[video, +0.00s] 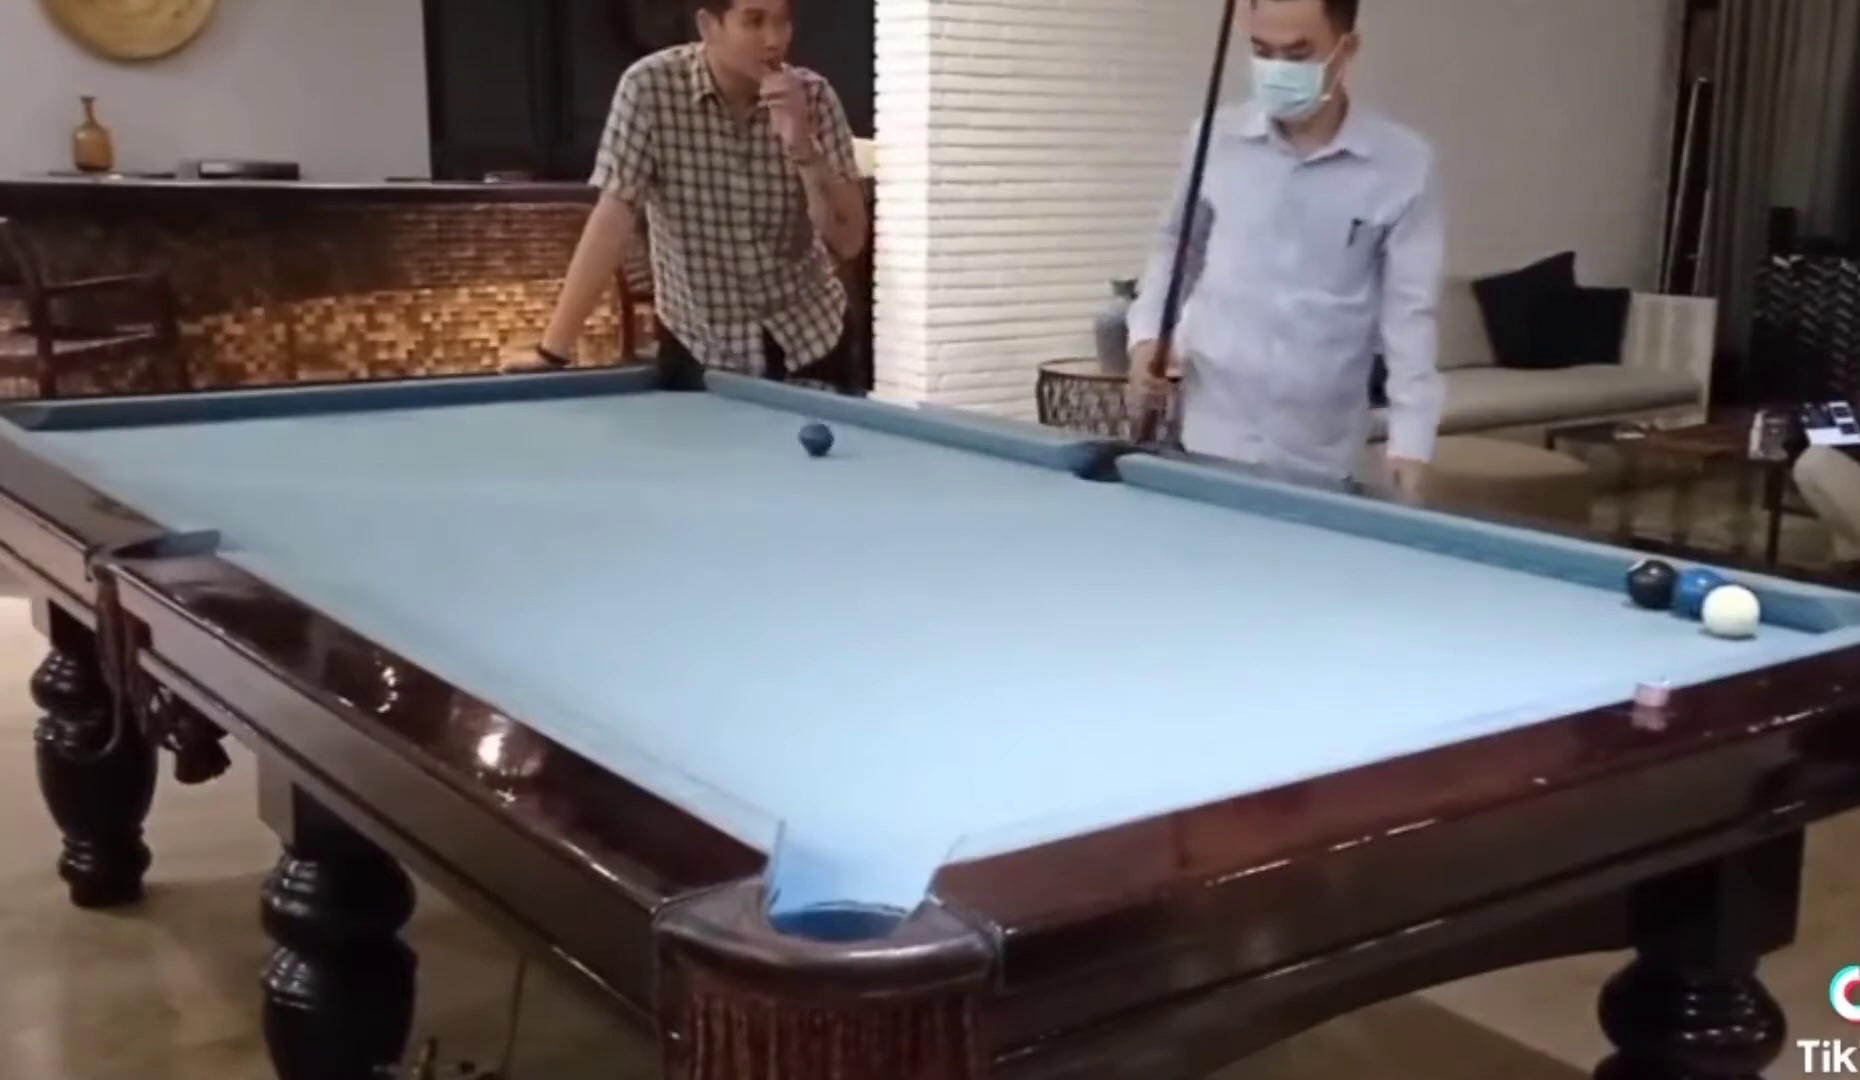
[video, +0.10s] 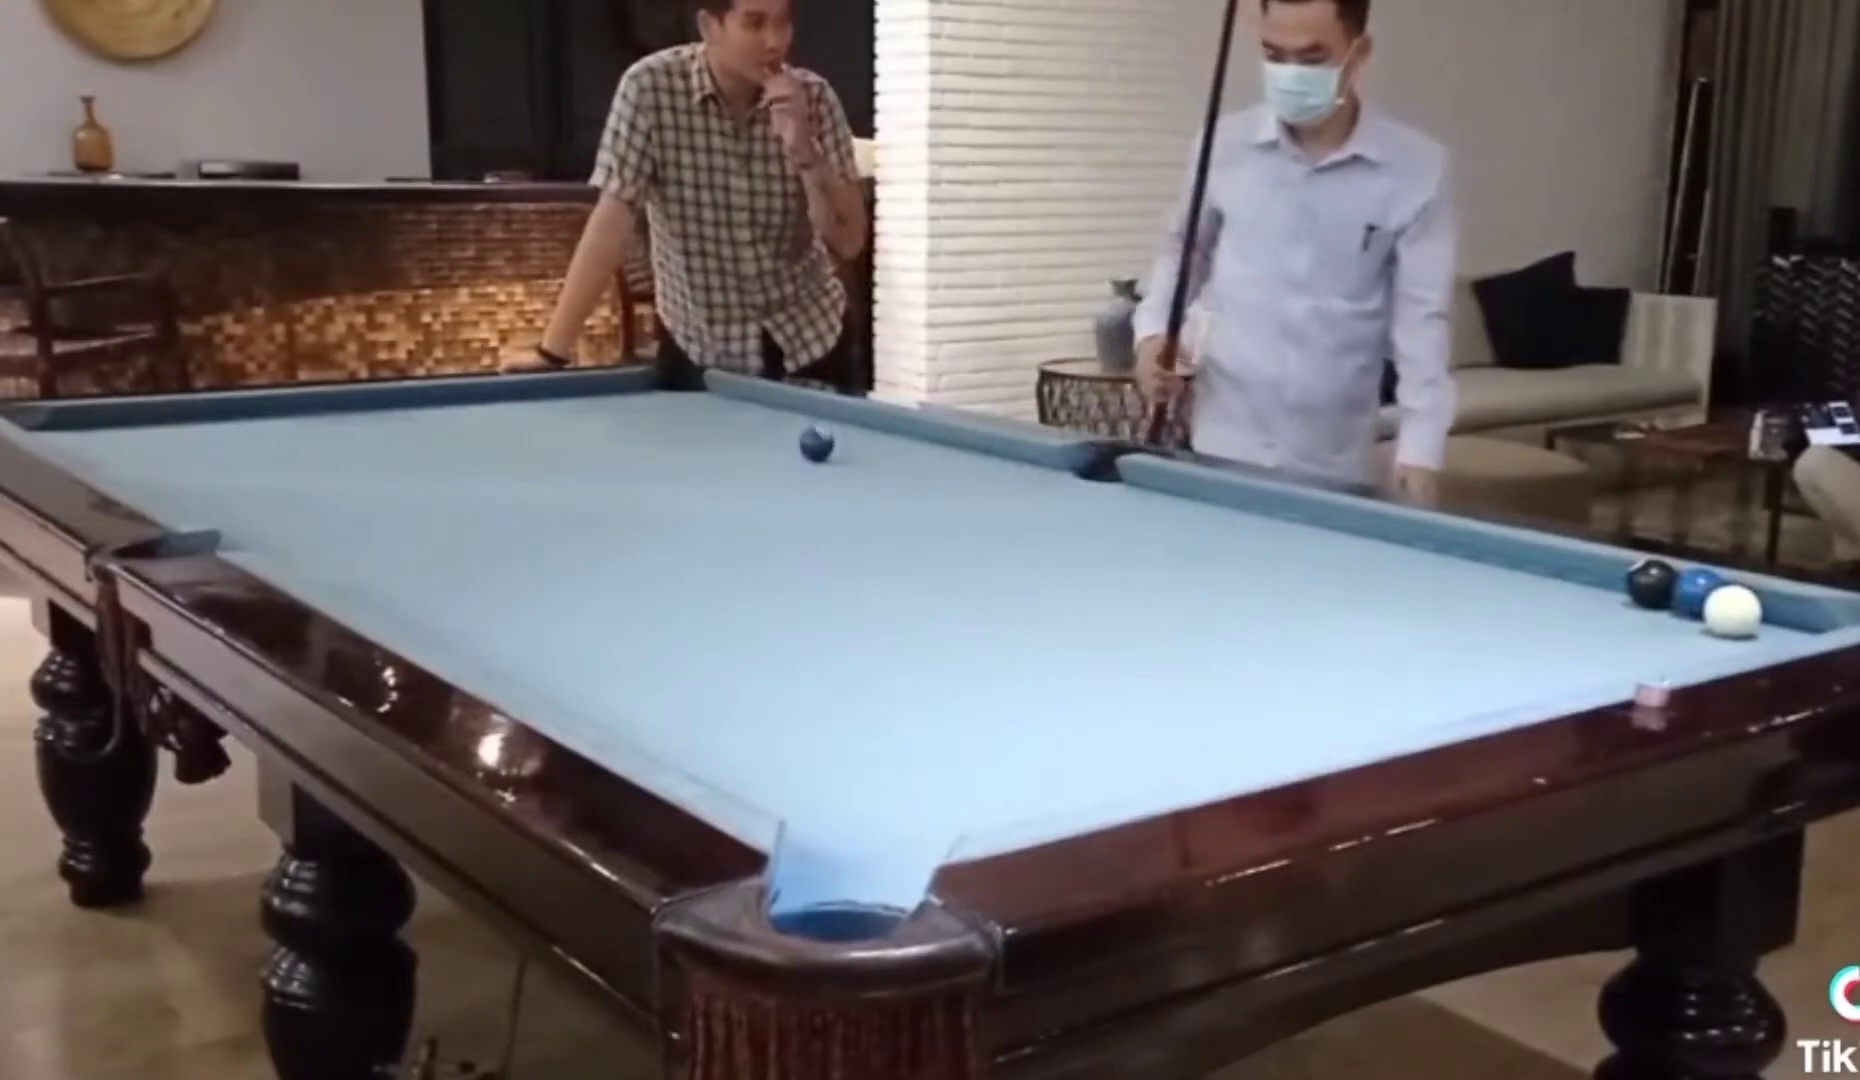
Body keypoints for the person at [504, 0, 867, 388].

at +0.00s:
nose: (776, 38)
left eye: (783, 21)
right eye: (755, 21)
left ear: (794, 23)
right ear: (709, 25)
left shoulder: (811, 97)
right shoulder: (651, 88)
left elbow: (849, 242)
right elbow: (613, 218)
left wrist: (805, 152)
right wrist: (552, 352)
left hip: (810, 334)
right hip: (700, 341)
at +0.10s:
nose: (776, 41)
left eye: (784, 23)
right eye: (755, 23)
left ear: (794, 24)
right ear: (709, 26)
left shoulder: (812, 98)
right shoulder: (651, 88)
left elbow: (849, 242)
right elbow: (613, 219)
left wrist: (806, 155)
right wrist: (552, 352)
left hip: (810, 334)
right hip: (701, 342)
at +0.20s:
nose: (775, 43)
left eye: (785, 25)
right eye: (755, 25)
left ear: (795, 26)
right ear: (709, 27)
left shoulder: (811, 99)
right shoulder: (651, 88)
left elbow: (850, 245)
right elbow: (613, 218)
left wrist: (808, 163)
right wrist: (551, 352)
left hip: (810, 335)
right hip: (702, 343)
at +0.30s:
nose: (772, 43)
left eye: (782, 25)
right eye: (752, 25)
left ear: (793, 27)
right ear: (707, 27)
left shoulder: (813, 101)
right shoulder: (650, 89)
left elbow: (849, 248)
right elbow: (612, 218)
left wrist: (810, 193)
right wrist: (551, 352)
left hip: (810, 336)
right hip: (701, 343)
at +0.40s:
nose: (767, 40)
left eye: (777, 23)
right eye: (746, 23)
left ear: (788, 26)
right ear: (703, 26)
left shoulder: (812, 101)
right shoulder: (649, 89)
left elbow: (845, 222)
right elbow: (612, 218)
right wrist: (552, 352)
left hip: (808, 335)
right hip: (701, 344)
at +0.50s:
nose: (762, 38)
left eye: (772, 20)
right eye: (741, 20)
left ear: (783, 25)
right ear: (697, 24)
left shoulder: (810, 101)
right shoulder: (646, 90)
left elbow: (839, 212)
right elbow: (611, 218)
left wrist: (842, 307)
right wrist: (552, 351)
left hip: (808, 338)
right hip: (702, 345)